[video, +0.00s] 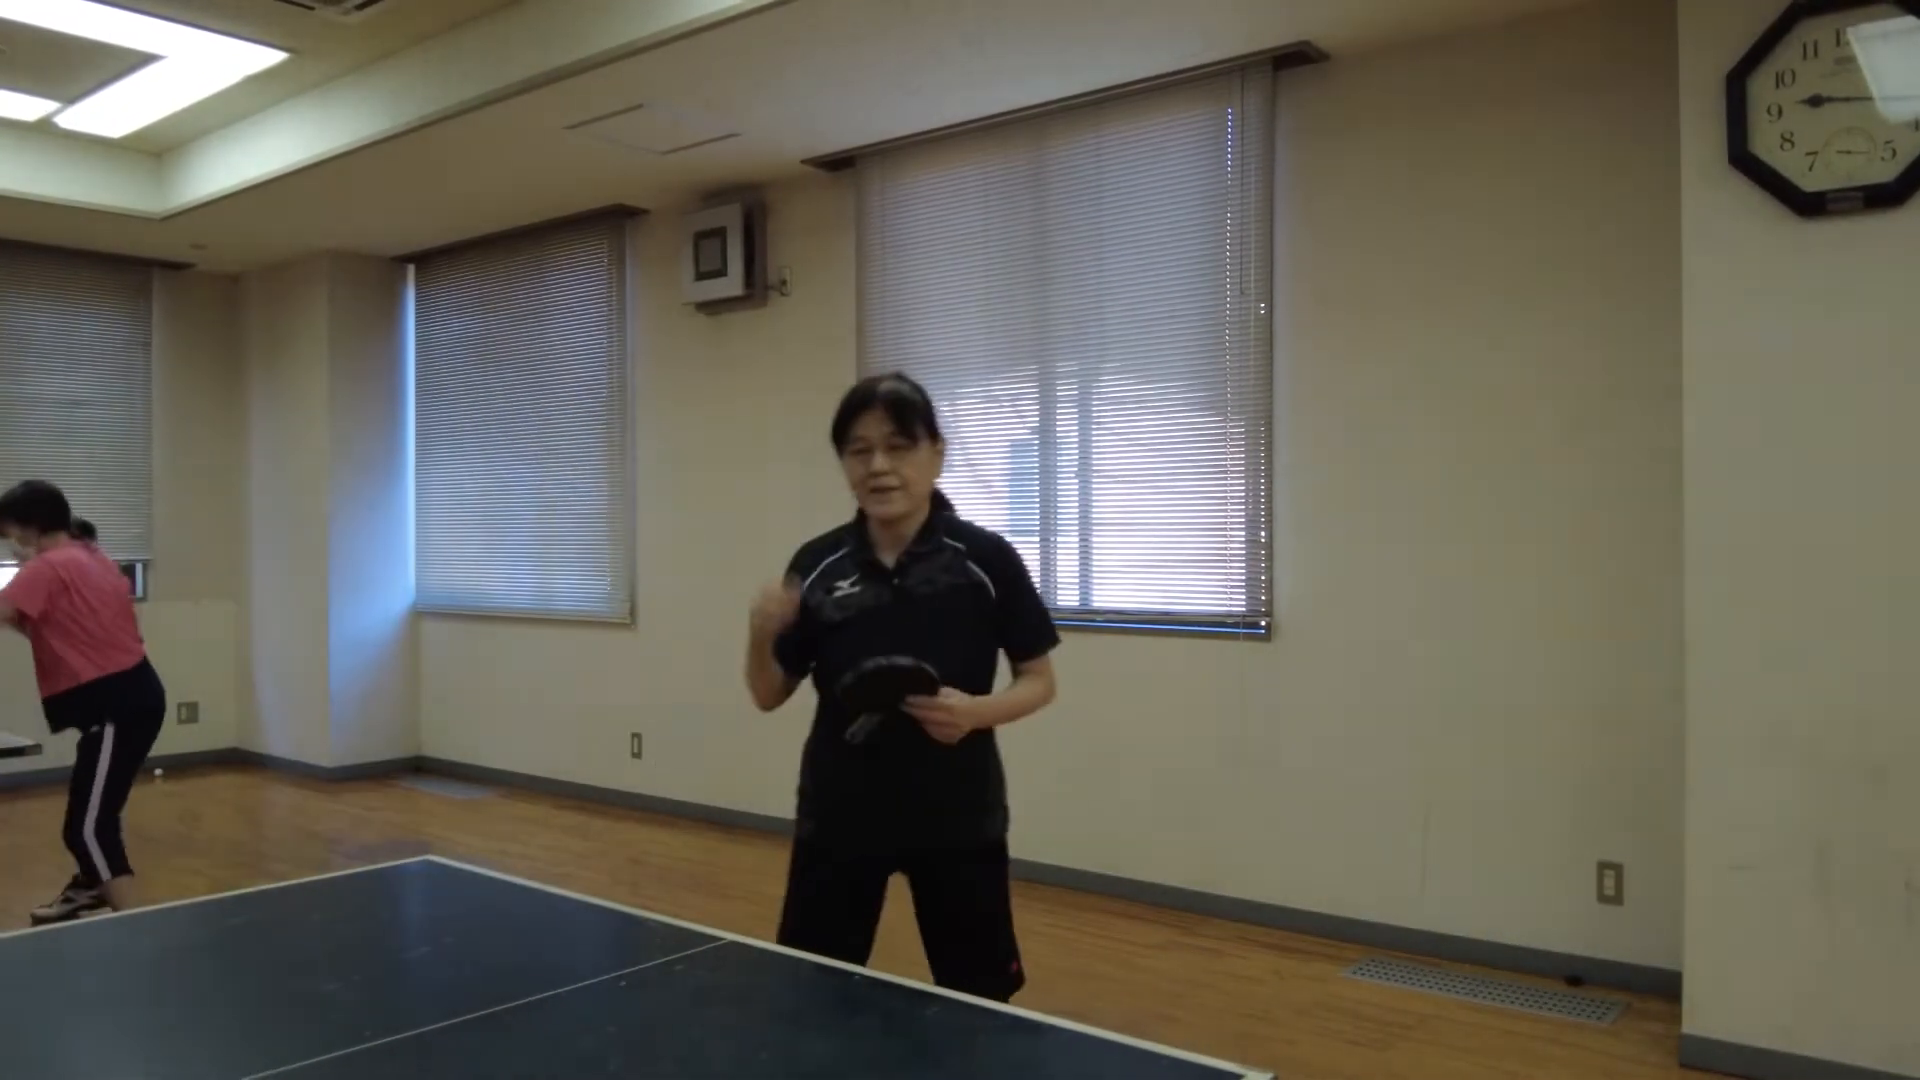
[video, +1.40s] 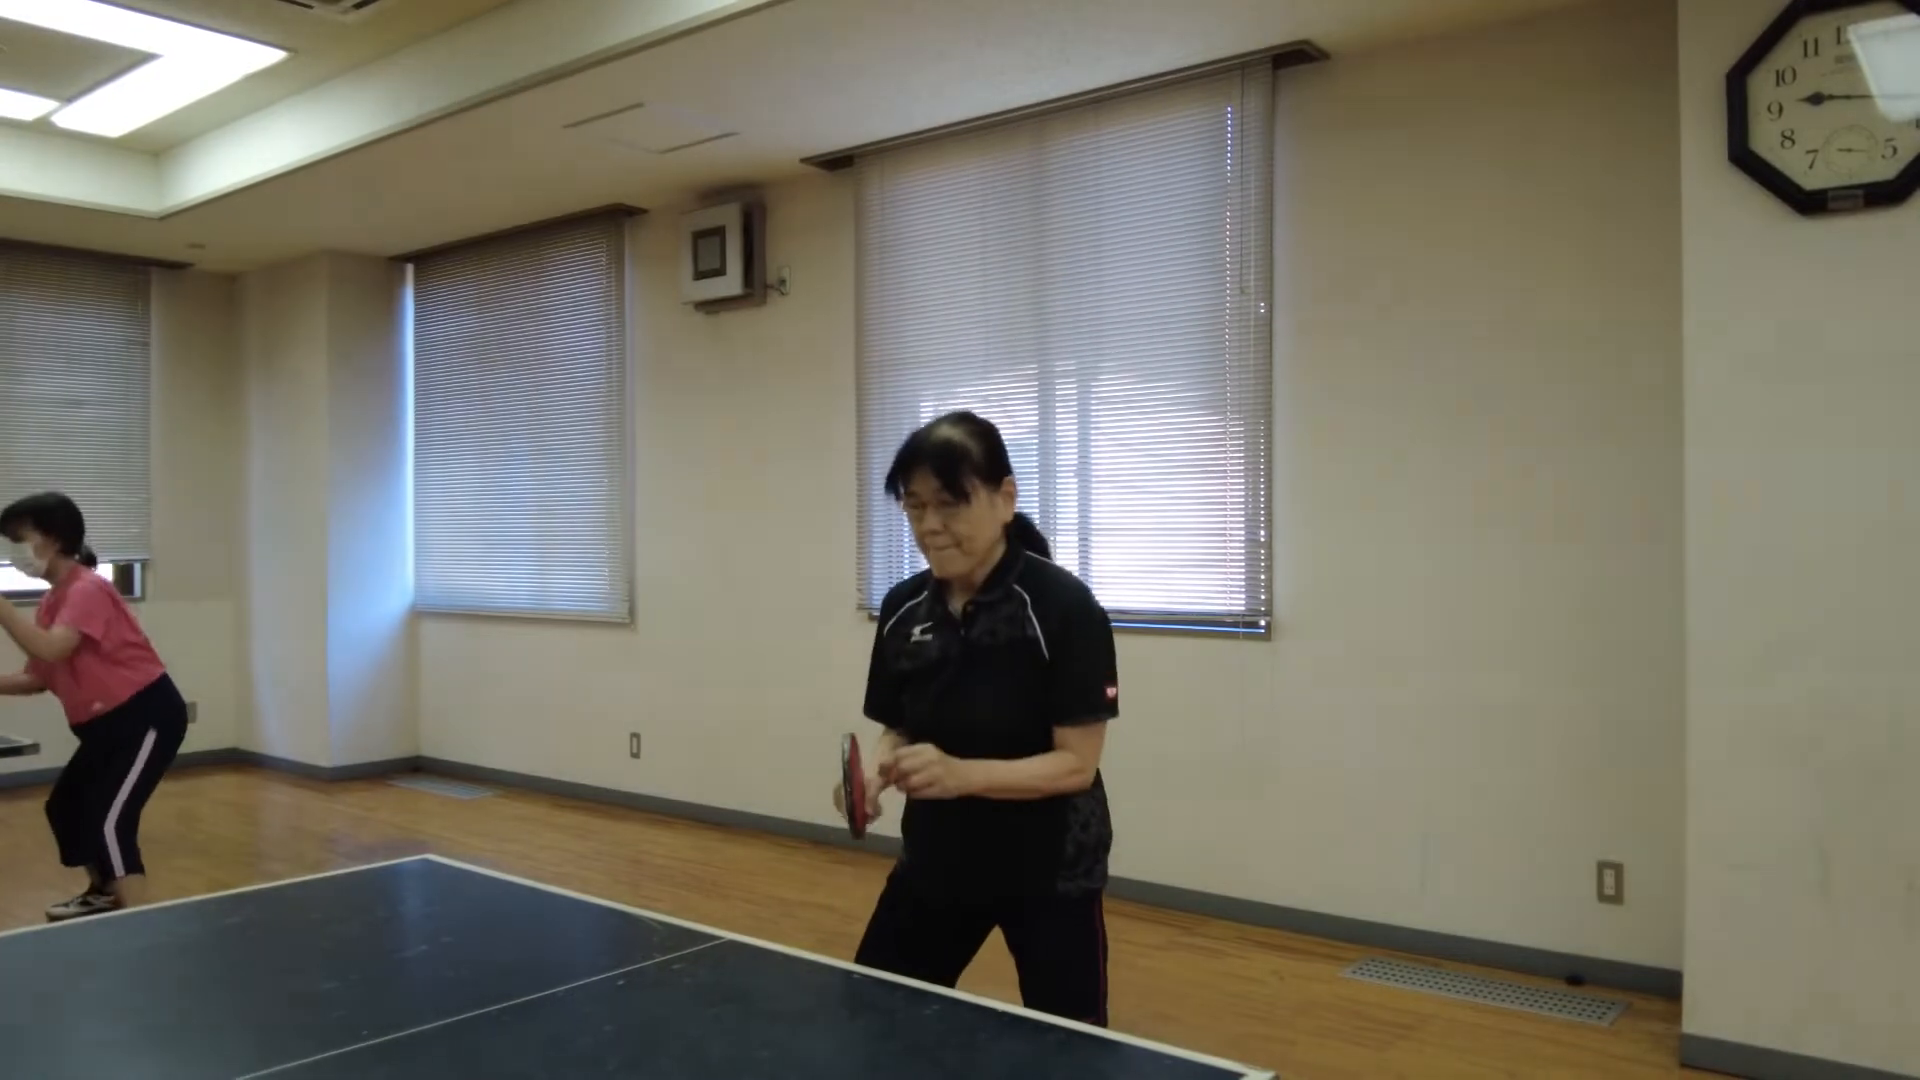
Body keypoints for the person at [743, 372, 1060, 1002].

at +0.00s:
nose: (879, 466)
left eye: (899, 447)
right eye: (860, 452)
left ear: (936, 455)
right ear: (841, 466)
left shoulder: (985, 559)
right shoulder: (818, 564)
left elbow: (1039, 680)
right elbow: (769, 695)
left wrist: (980, 711)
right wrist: (763, 633)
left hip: (955, 811)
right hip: (842, 809)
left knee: (978, 1002)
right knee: (809, 991)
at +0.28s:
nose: (872, 474)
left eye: (896, 455)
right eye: (857, 457)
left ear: (941, 466)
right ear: (842, 467)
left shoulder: (988, 568)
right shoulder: (835, 570)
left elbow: (1035, 704)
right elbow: (812, 681)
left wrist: (922, 708)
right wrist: (802, 705)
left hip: (983, 829)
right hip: (875, 826)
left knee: (1009, 1021)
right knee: (842, 1005)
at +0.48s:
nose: (857, 515)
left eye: (878, 494)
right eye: (843, 497)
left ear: (930, 500)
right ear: (829, 508)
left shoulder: (984, 598)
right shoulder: (847, 608)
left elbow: (1037, 743)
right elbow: (837, 722)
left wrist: (913, 758)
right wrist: (810, 756)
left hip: (1012, 851)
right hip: (910, 848)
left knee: (1057, 1040)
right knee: (846, 1015)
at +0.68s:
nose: (872, 557)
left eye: (897, 537)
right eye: (864, 537)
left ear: (958, 542)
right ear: (854, 539)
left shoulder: (1014, 633)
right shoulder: (886, 642)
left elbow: (1077, 790)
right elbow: (897, 756)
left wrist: (944, 854)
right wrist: (854, 823)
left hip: (1075, 863)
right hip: (974, 863)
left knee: (1087, 1050)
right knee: (896, 1018)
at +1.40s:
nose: (930, 526)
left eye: (951, 504)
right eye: (915, 507)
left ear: (1005, 498)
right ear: (903, 509)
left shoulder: (1064, 609)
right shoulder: (904, 607)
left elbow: (1078, 766)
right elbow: (901, 730)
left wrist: (962, 773)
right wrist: (876, 774)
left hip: (1048, 869)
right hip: (940, 862)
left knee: (1070, 1052)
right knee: (869, 1017)